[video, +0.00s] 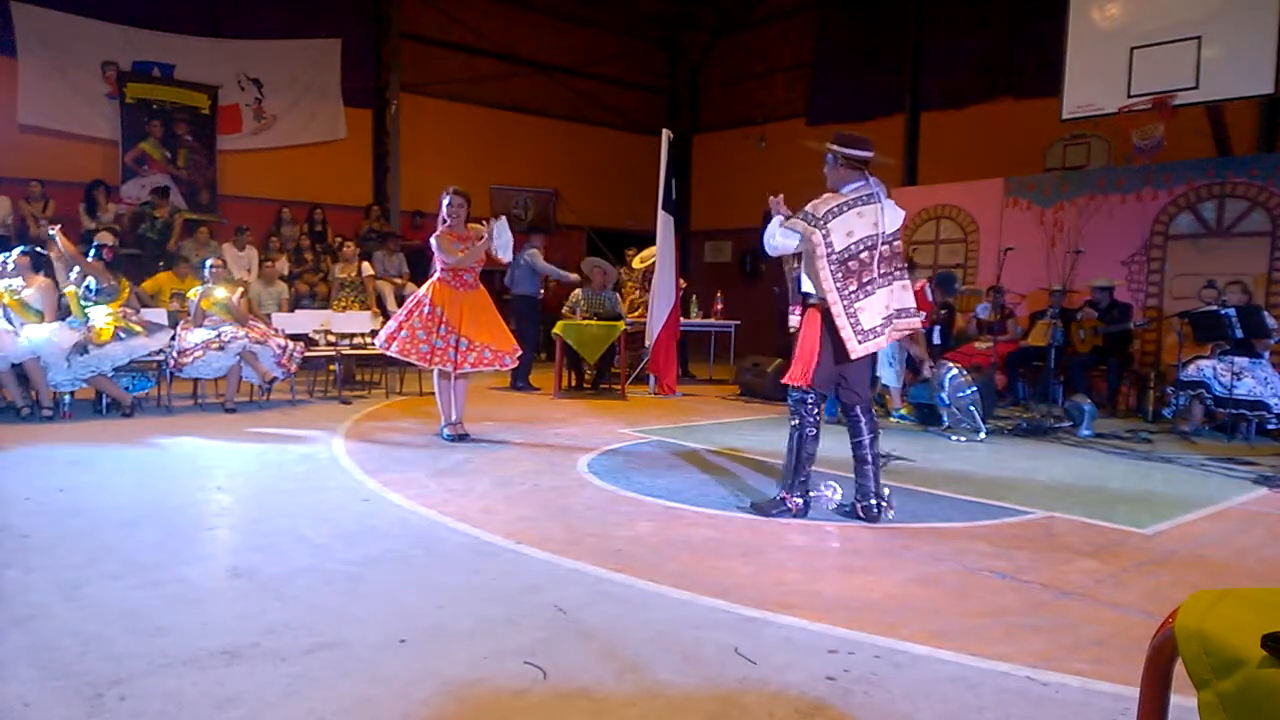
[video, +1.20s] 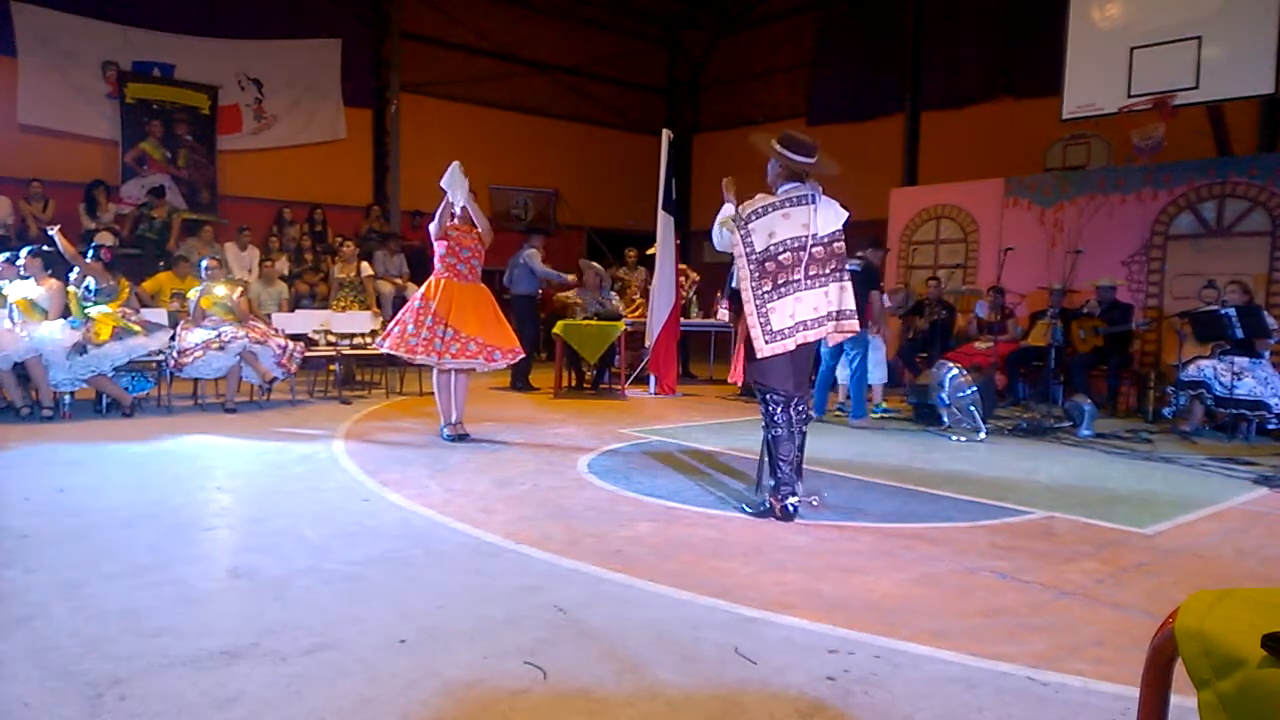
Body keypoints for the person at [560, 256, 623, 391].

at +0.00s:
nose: (597, 276)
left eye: (599, 273)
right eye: (595, 273)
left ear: (605, 277)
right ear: (590, 275)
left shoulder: (613, 296)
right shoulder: (578, 293)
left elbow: (620, 316)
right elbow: (565, 311)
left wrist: (600, 317)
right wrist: (577, 318)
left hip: (603, 332)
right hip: (581, 331)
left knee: (610, 349)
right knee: (570, 345)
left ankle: (597, 380)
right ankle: (578, 377)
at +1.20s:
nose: (583, 277)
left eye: (587, 274)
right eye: (584, 274)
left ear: (598, 278)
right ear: (584, 277)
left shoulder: (610, 295)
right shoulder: (578, 292)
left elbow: (618, 311)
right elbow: (557, 298)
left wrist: (601, 302)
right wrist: (572, 301)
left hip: (602, 330)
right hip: (579, 329)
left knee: (610, 348)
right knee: (570, 346)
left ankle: (597, 380)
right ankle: (579, 377)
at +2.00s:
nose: (580, 280)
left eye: (584, 277)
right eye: (580, 277)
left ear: (594, 280)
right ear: (579, 279)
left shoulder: (609, 294)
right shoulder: (576, 297)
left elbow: (620, 312)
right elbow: (560, 312)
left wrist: (601, 308)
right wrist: (560, 296)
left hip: (602, 332)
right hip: (580, 332)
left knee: (609, 348)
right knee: (570, 344)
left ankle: (597, 381)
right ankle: (579, 378)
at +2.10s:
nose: (581, 280)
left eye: (585, 277)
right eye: (581, 277)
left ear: (595, 279)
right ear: (580, 279)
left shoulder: (610, 294)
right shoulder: (577, 296)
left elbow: (620, 310)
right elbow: (563, 309)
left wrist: (603, 307)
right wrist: (562, 297)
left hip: (603, 332)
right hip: (581, 331)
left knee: (609, 348)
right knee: (570, 345)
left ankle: (597, 381)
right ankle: (579, 378)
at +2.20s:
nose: (582, 280)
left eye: (585, 276)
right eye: (582, 277)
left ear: (596, 279)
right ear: (582, 278)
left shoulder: (611, 295)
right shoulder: (579, 296)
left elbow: (620, 311)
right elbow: (564, 310)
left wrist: (603, 307)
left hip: (602, 332)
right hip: (581, 332)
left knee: (609, 348)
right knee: (570, 345)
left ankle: (597, 381)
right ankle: (579, 379)